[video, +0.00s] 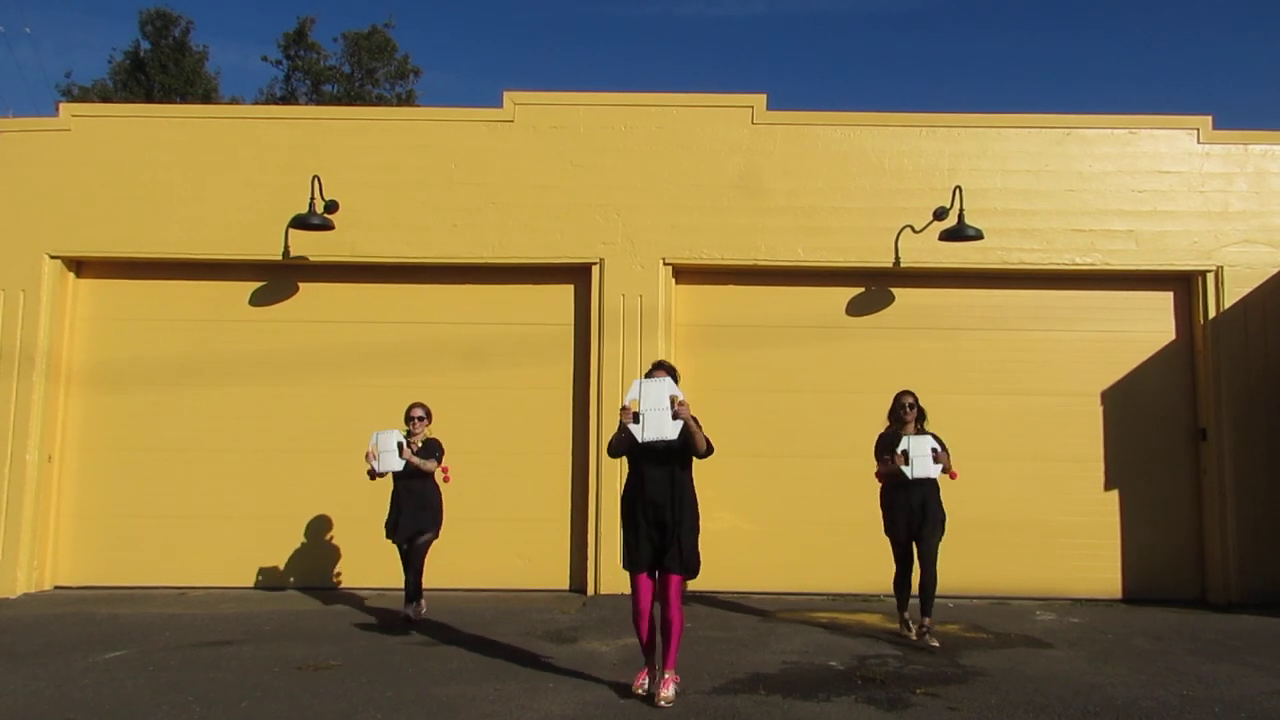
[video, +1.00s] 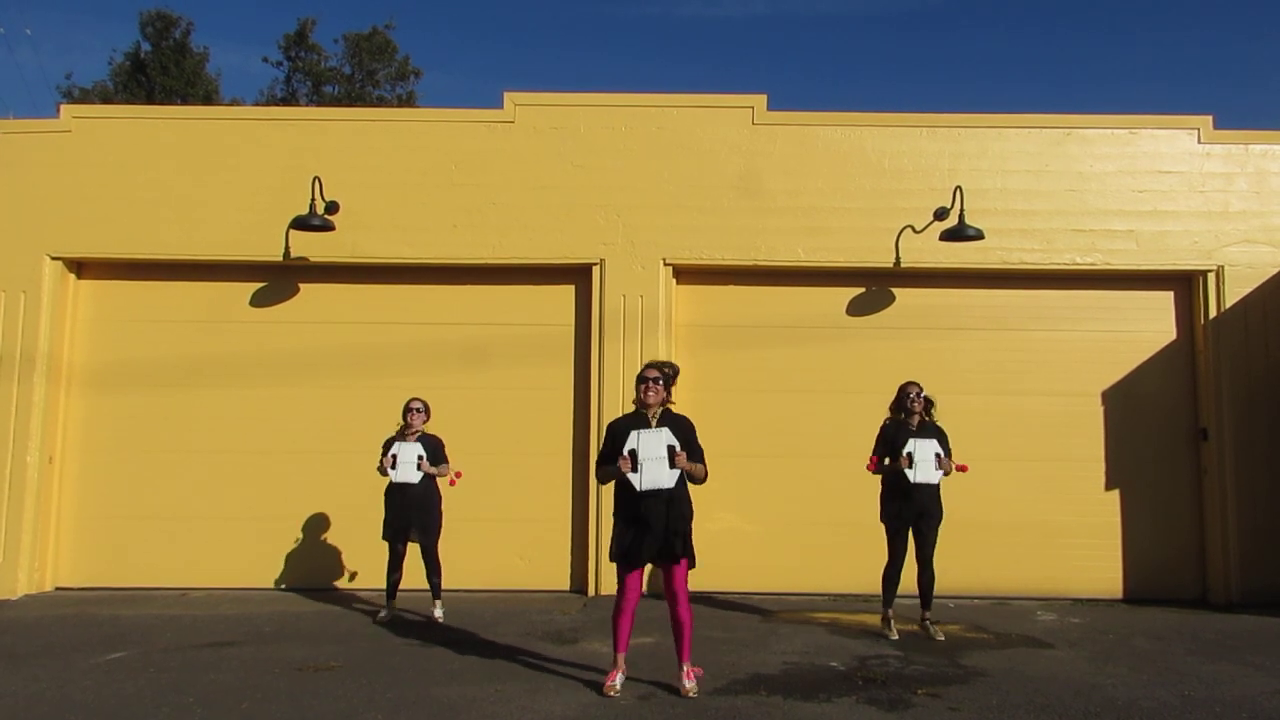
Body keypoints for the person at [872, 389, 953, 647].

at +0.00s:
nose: (907, 410)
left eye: (911, 406)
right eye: (901, 407)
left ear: (918, 410)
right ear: (894, 411)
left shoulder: (931, 439)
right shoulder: (886, 439)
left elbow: (947, 470)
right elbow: (881, 473)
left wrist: (944, 461)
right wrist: (895, 465)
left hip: (929, 508)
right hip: (898, 510)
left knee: (929, 564)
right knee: (904, 564)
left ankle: (925, 623)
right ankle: (903, 615)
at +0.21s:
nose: (908, 414)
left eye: (913, 410)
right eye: (903, 410)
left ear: (919, 413)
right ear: (896, 414)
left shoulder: (931, 444)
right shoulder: (886, 445)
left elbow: (944, 478)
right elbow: (873, 484)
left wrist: (927, 477)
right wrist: (876, 475)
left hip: (927, 513)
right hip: (897, 514)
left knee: (933, 564)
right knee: (906, 567)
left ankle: (941, 619)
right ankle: (906, 620)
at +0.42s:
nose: (910, 403)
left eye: (915, 399)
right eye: (905, 399)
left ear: (921, 404)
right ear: (897, 405)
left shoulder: (934, 434)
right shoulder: (887, 435)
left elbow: (954, 465)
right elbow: (876, 469)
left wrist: (942, 466)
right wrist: (890, 469)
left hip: (929, 511)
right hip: (898, 511)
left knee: (927, 566)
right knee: (904, 564)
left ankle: (925, 622)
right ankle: (900, 621)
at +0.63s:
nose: (910, 399)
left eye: (914, 395)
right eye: (905, 396)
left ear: (921, 399)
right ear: (897, 401)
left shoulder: (934, 428)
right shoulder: (888, 428)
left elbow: (959, 464)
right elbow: (873, 465)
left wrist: (948, 457)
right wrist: (895, 456)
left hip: (931, 504)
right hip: (899, 505)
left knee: (936, 562)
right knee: (902, 559)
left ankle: (929, 615)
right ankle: (894, 613)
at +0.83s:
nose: (913, 411)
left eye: (917, 407)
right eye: (907, 407)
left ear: (923, 409)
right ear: (898, 410)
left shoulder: (931, 435)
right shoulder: (892, 437)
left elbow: (954, 468)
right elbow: (892, 466)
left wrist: (952, 453)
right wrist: (907, 452)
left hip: (930, 509)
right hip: (900, 511)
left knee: (935, 568)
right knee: (900, 567)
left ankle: (937, 627)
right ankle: (888, 624)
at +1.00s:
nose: (914, 399)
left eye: (918, 395)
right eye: (908, 396)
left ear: (924, 400)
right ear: (900, 401)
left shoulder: (936, 431)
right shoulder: (890, 428)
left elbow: (947, 467)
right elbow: (874, 466)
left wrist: (946, 465)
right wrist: (896, 465)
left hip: (928, 505)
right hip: (897, 505)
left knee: (926, 560)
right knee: (896, 559)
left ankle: (926, 617)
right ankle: (887, 615)